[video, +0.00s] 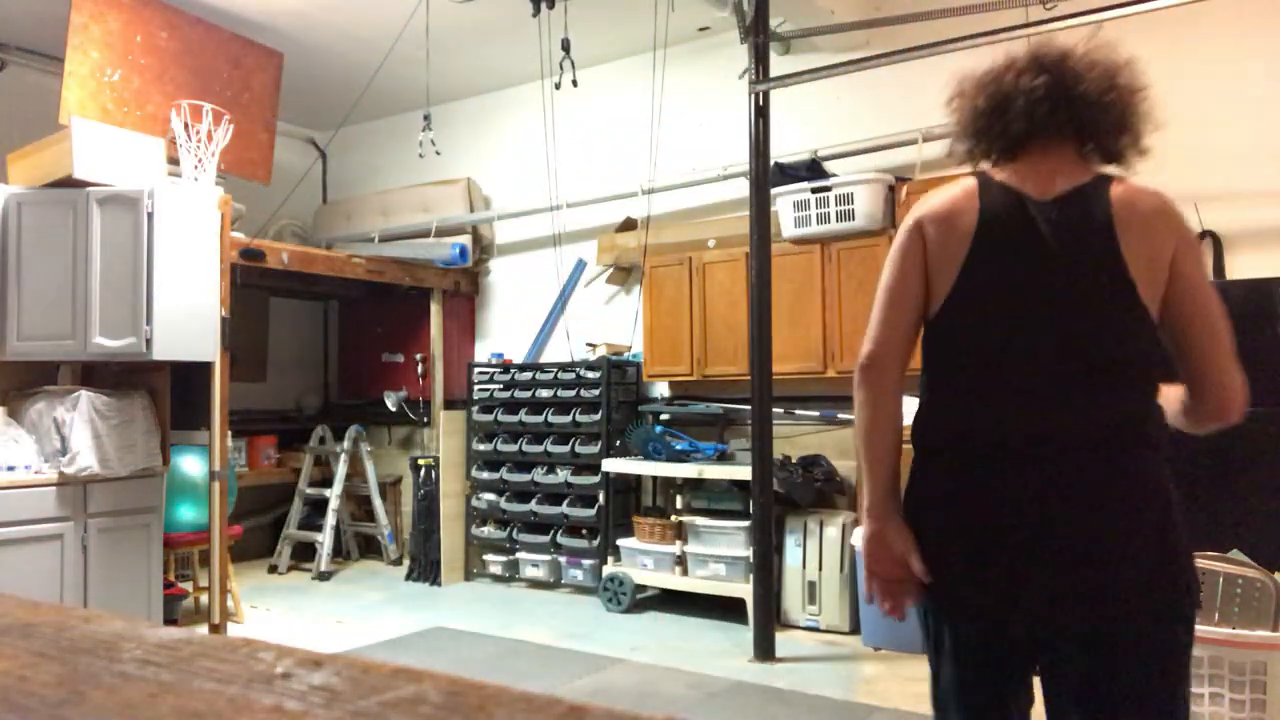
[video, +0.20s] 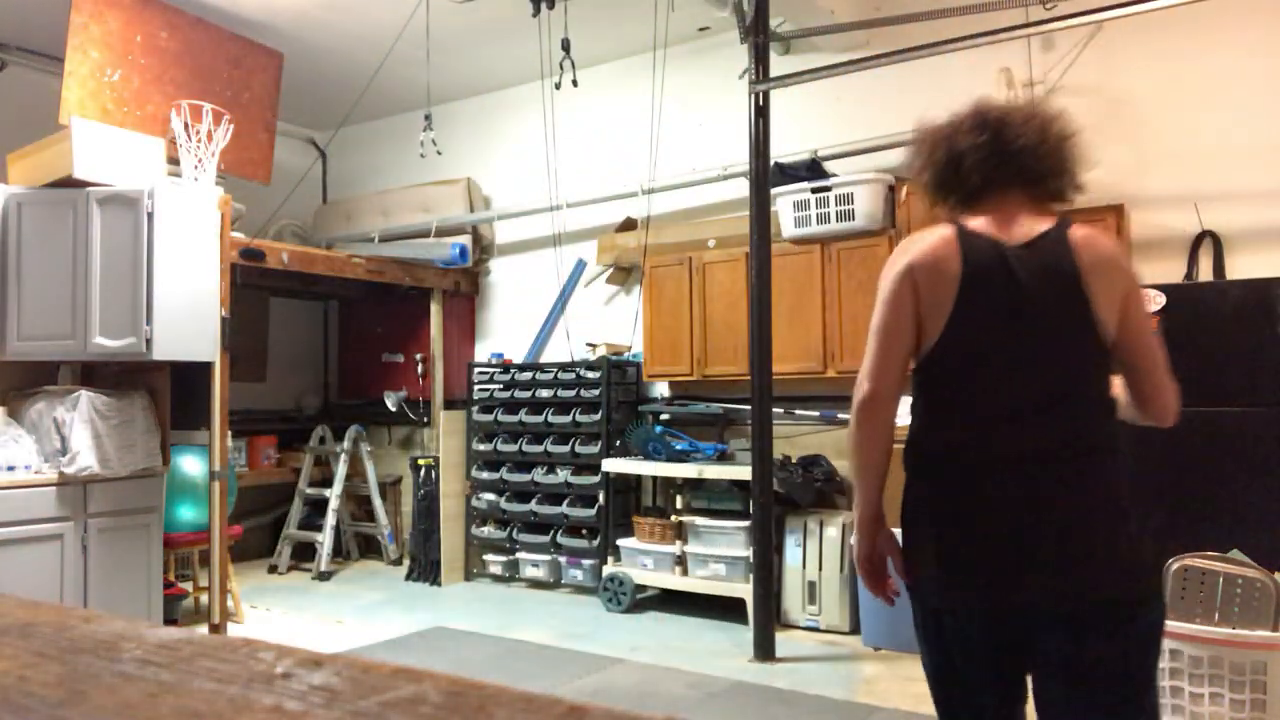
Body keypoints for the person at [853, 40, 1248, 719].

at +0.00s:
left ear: (993, 127)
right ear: (1095, 126)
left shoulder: (938, 217)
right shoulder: (1151, 215)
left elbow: (876, 370)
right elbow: (1221, 403)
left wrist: (879, 514)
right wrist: (1140, 387)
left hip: (969, 546)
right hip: (1121, 548)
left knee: (975, 708)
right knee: (1127, 709)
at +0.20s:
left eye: (940, 177)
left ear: (952, 179)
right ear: (1047, 172)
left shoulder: (919, 260)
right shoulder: (1098, 254)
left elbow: (872, 402)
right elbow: (1160, 407)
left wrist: (869, 521)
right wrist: (1096, 384)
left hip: (961, 559)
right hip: (1088, 553)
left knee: (977, 710)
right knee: (1103, 710)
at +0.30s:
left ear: (930, 194)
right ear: (1024, 184)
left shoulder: (905, 269)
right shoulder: (1076, 262)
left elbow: (862, 407)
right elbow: (1127, 406)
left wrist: (867, 510)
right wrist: (1069, 371)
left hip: (950, 544)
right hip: (1070, 536)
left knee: (967, 708)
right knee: (1087, 707)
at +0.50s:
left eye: (889, 206)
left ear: (898, 205)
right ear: (980, 190)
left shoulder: (883, 272)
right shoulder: (1036, 262)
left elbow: (850, 405)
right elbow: (1084, 394)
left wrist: (892, 444)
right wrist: (1019, 395)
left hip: (929, 510)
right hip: (1034, 501)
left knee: (952, 696)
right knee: (1041, 683)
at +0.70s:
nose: (849, 229)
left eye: (854, 218)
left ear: (869, 218)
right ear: (934, 206)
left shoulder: (856, 283)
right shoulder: (994, 273)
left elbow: (832, 408)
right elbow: (1045, 387)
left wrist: (889, 437)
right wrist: (981, 419)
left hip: (910, 486)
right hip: (1001, 481)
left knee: (933, 682)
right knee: (989, 679)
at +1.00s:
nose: (800, 240)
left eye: (806, 231)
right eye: (804, 229)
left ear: (817, 243)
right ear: (880, 239)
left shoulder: (807, 306)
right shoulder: (912, 301)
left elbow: (786, 419)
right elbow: (965, 399)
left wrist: (828, 465)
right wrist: (919, 444)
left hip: (859, 487)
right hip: (931, 481)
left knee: (860, 659)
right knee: (903, 661)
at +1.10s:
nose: (780, 241)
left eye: (787, 232)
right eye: (783, 230)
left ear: (800, 244)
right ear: (853, 243)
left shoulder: (794, 306)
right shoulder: (879, 305)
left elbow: (770, 417)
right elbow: (922, 399)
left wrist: (793, 472)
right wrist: (874, 435)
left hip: (837, 489)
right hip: (907, 483)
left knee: (812, 632)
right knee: (886, 640)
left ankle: (876, 712)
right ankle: (890, 715)